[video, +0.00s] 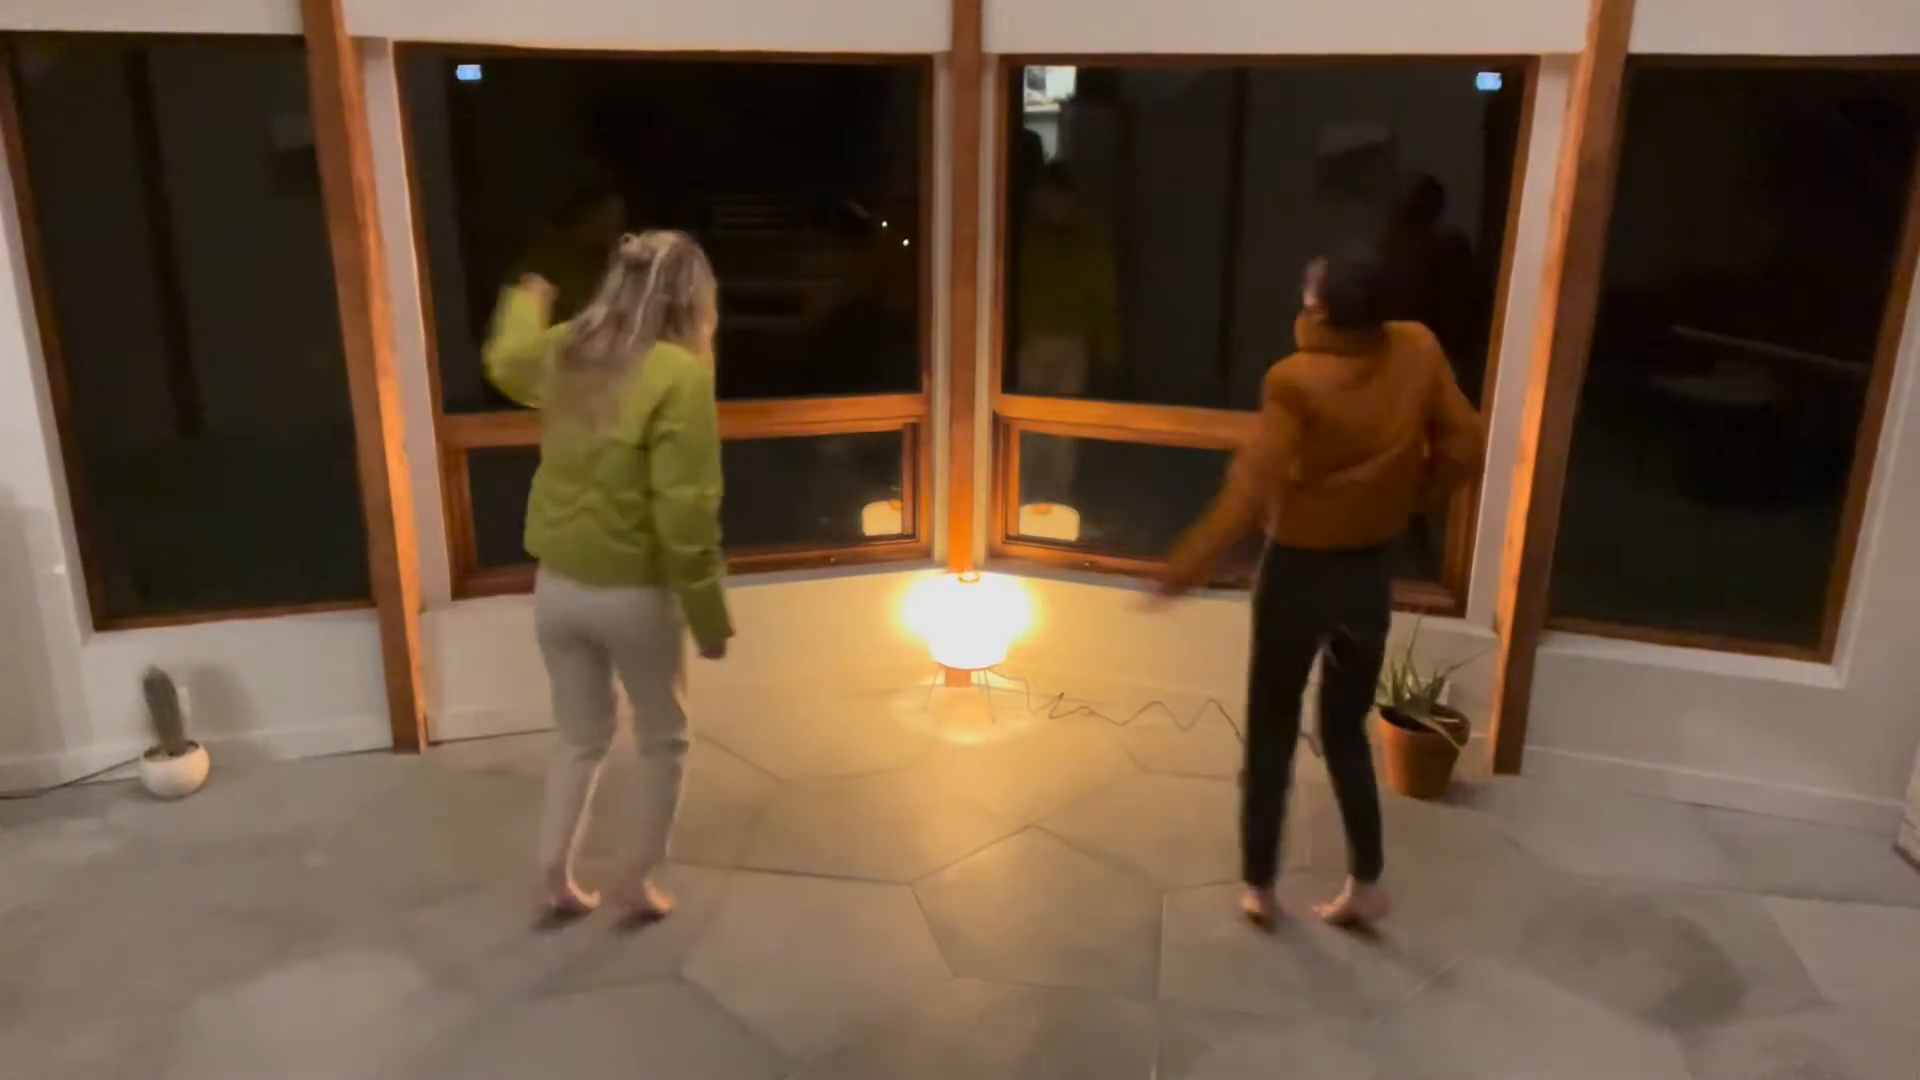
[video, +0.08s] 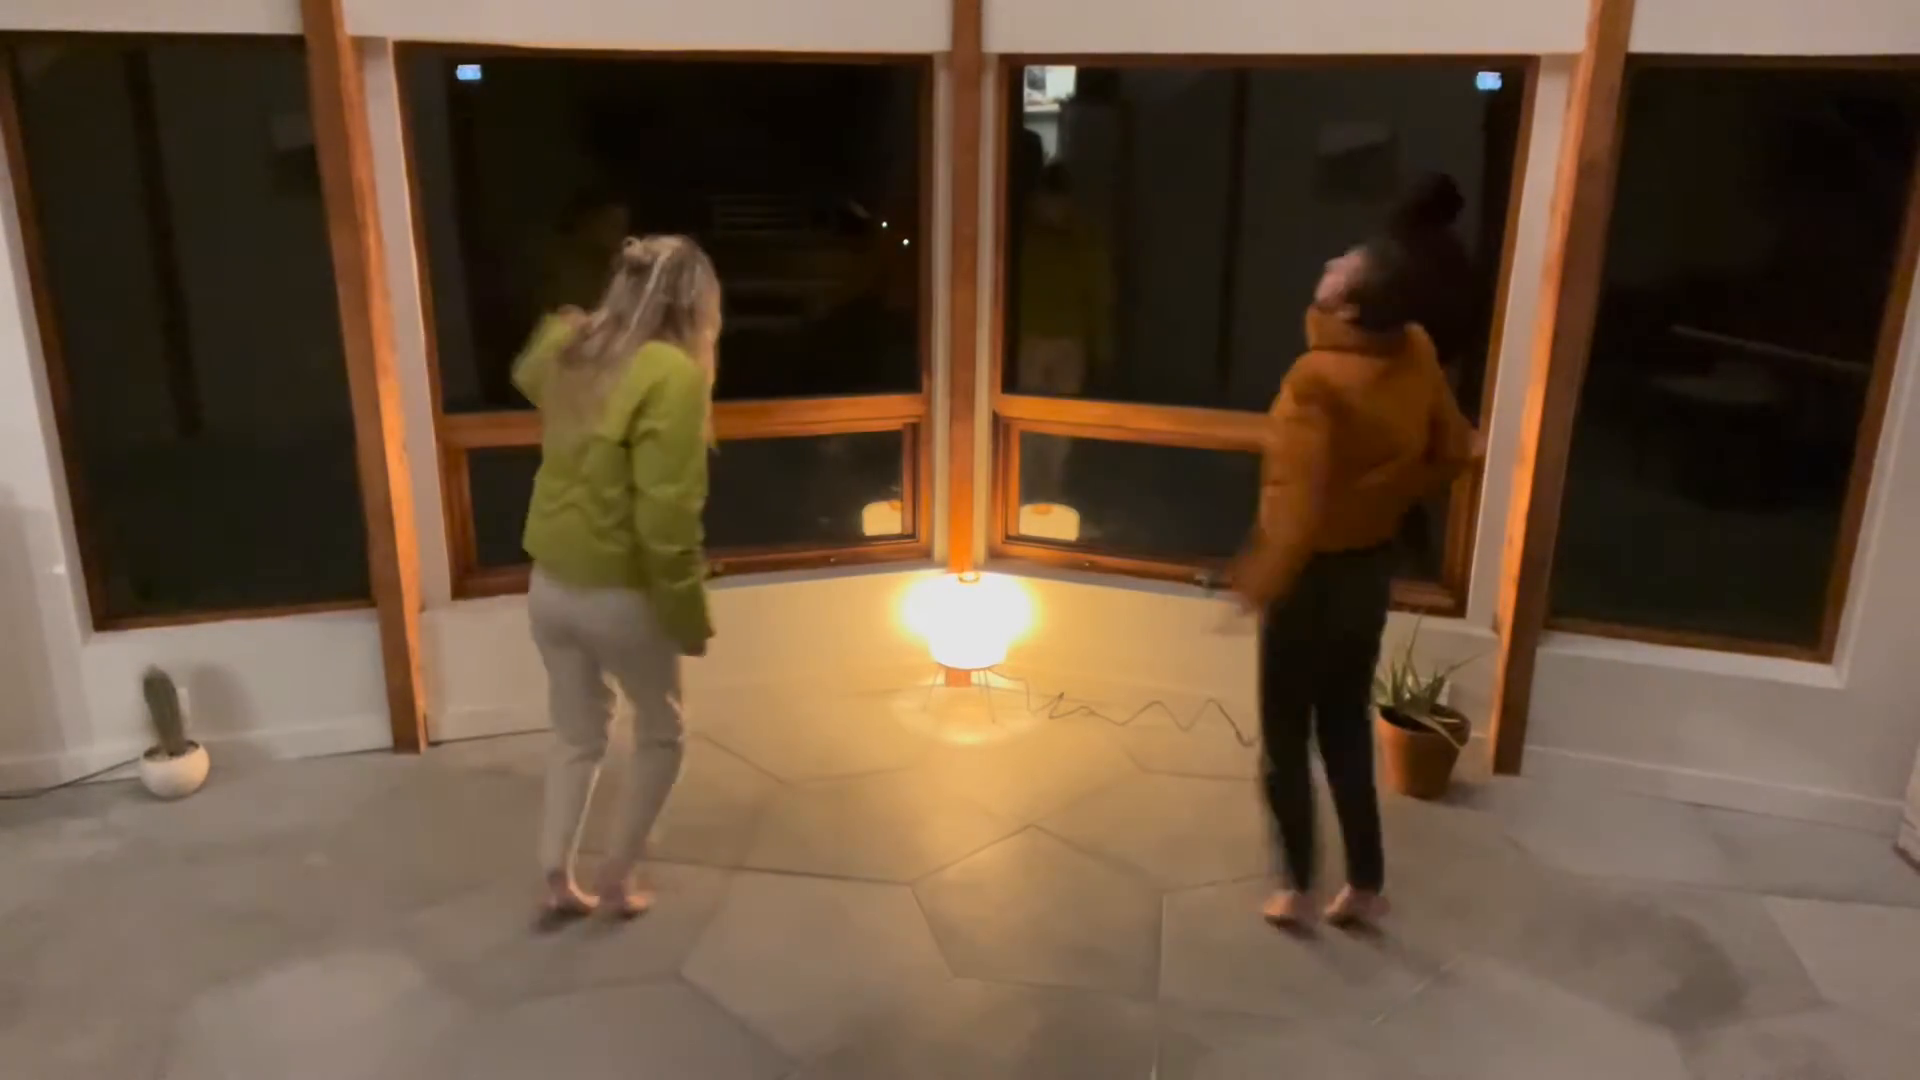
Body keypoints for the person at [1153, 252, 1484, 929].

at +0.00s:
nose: (1301, 308)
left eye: (1308, 299)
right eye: (1307, 296)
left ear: (1326, 310)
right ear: (1367, 306)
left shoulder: (1294, 381)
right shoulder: (1416, 348)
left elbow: (1248, 496)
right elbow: (1467, 443)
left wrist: (1179, 571)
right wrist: (1411, 494)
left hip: (1295, 576)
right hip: (1369, 575)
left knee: (1271, 730)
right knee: (1345, 726)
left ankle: (1258, 887)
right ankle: (1366, 885)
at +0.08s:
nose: (1323, 277)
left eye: (1336, 273)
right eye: (1333, 268)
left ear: (1353, 299)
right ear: (1381, 303)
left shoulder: (1313, 380)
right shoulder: (1414, 356)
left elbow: (1293, 508)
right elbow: (1454, 448)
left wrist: (1256, 583)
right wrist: (1388, 492)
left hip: (1307, 575)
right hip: (1368, 574)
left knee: (1284, 739)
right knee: (1346, 733)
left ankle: (1294, 888)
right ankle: (1366, 886)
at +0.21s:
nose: (1366, 262)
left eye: (1384, 266)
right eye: (1381, 257)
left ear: (1394, 303)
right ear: (1382, 291)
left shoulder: (1361, 372)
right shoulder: (1353, 358)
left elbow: (1390, 487)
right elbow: (1386, 481)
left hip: (1331, 570)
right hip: (1322, 562)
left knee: (1300, 731)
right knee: (1301, 720)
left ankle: (1337, 884)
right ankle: (1353, 851)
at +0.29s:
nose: (1369, 255)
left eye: (1386, 259)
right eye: (1381, 251)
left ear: (1398, 297)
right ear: (1383, 287)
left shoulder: (1388, 364)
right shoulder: (1326, 347)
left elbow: (1446, 465)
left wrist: (1505, 568)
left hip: (1350, 567)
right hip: (1303, 557)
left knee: (1330, 736)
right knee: (1301, 737)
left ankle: (1335, 888)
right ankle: (1336, 867)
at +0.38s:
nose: (1347, 260)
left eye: (1367, 262)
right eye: (1350, 256)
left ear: (1390, 298)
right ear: (1332, 286)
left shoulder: (1399, 362)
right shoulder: (1302, 354)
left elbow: (1473, 462)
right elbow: (1296, 445)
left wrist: (1522, 559)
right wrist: (1261, 494)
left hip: (1366, 566)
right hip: (1301, 560)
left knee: (1351, 730)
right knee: (1308, 731)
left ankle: (1349, 885)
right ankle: (1341, 856)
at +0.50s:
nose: (1343, 272)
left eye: (1345, 265)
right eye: (1326, 272)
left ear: (1366, 289)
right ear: (1307, 308)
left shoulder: (1419, 348)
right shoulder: (1289, 363)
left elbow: (1474, 442)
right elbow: (1251, 452)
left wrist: (1496, 527)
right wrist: (1178, 509)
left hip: (1388, 560)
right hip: (1307, 559)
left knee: (1371, 731)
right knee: (1290, 716)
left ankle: (1352, 876)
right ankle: (1308, 837)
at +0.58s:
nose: (1350, 263)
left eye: (1347, 256)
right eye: (1332, 264)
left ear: (1370, 277)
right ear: (1312, 303)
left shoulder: (1423, 343)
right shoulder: (1294, 365)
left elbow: (1462, 433)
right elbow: (1237, 457)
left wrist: (1461, 525)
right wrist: (1157, 519)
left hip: (1389, 561)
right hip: (1310, 562)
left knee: (1377, 734)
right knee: (1304, 734)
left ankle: (1353, 876)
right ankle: (1283, 842)